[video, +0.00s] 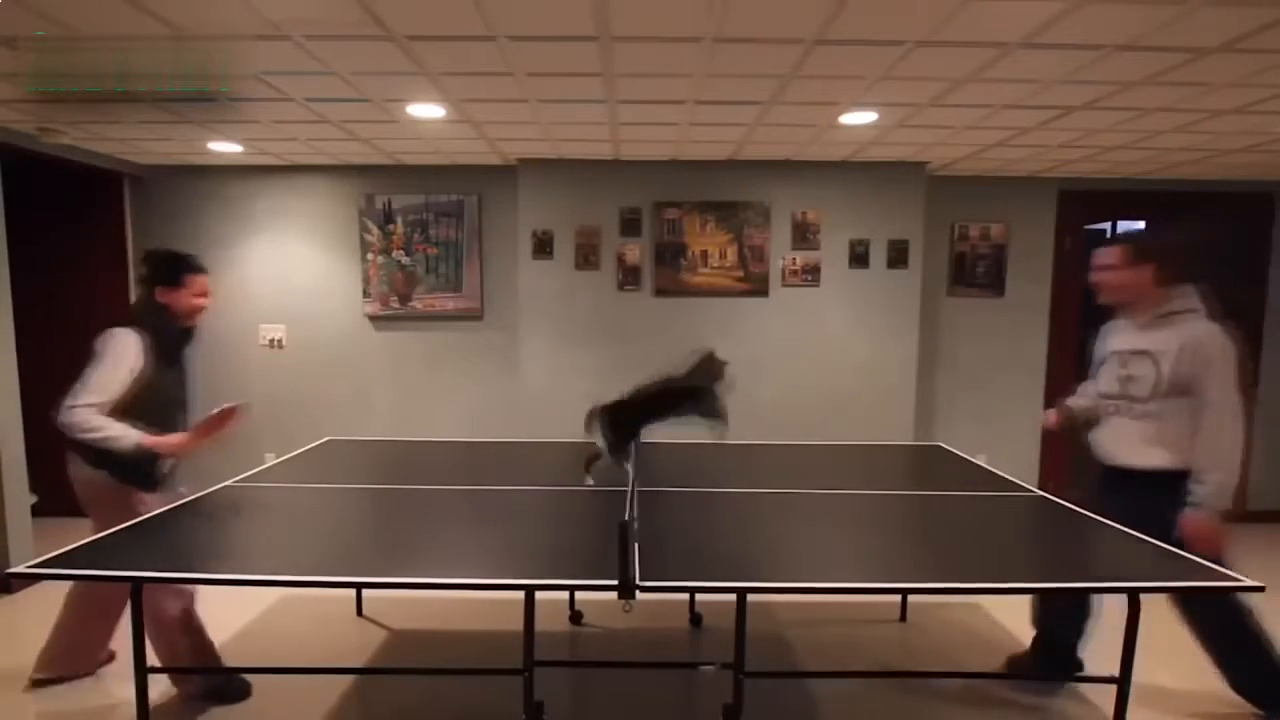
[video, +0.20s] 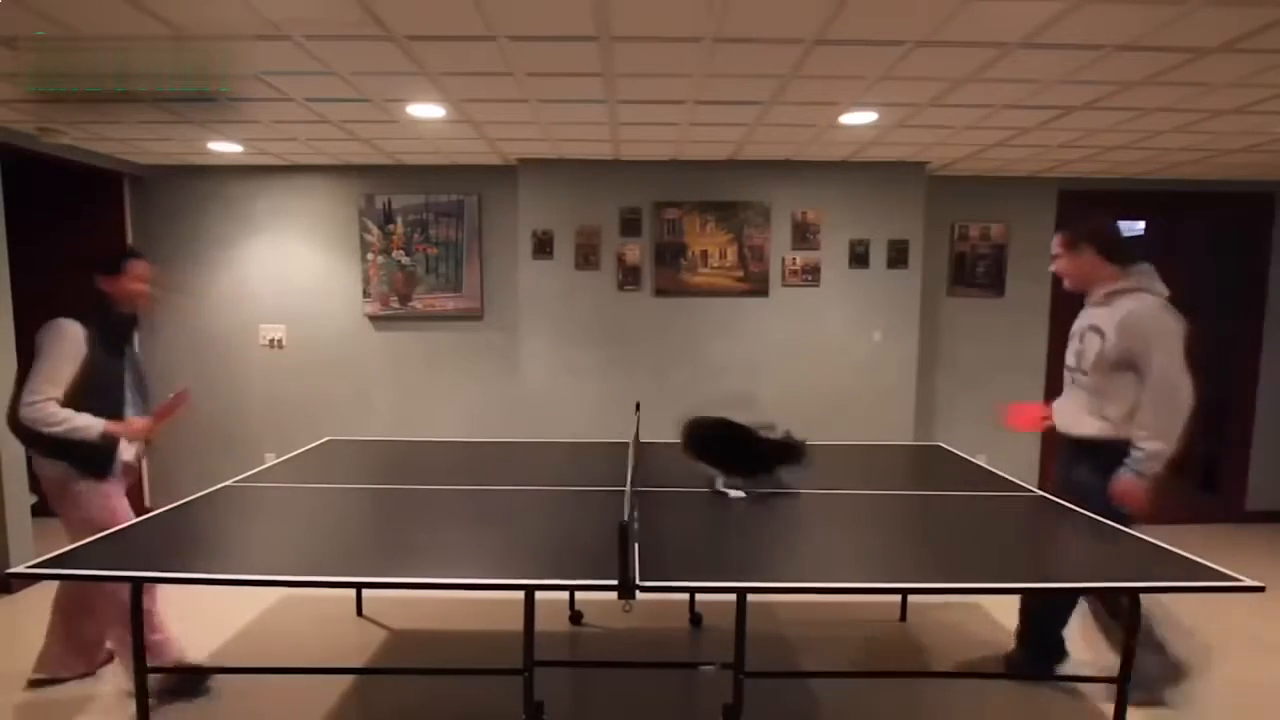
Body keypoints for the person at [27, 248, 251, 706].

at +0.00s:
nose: (205, 303)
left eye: (206, 293)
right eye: (197, 293)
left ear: (175, 296)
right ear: (165, 294)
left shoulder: (169, 345)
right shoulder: (128, 342)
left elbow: (153, 425)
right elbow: (75, 413)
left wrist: (198, 433)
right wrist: (149, 440)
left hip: (144, 472)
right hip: (107, 474)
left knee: (112, 564)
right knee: (163, 571)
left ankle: (66, 659)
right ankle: (200, 674)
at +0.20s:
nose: (143, 292)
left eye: (147, 284)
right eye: (135, 281)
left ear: (146, 291)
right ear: (107, 283)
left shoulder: (126, 342)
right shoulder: (69, 333)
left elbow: (126, 410)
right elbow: (33, 410)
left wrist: (151, 422)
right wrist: (115, 429)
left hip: (110, 468)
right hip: (71, 471)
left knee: (97, 560)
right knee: (129, 554)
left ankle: (65, 659)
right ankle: (161, 665)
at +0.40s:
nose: (156, 302)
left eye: (156, 292)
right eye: (149, 292)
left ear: (127, 294)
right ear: (118, 293)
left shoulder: (116, 342)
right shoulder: (76, 335)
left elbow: (105, 417)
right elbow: (38, 411)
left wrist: (119, 466)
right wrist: (116, 430)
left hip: (76, 469)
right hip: (50, 469)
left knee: (90, 560)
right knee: (112, 557)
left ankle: (57, 661)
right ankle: (94, 672)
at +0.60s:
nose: (193, 389)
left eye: (198, 382)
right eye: (194, 379)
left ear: (173, 364)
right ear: (174, 363)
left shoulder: (142, 395)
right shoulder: (115, 389)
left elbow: (87, 460)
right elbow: (52, 461)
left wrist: (98, 502)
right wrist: (95, 501)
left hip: (35, 488)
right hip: (13, 491)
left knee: (97, 557)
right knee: (106, 556)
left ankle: (57, 663)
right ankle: (94, 670)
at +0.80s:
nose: (198, 448)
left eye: (204, 442)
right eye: (202, 439)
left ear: (183, 418)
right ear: (187, 425)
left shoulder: (139, 429)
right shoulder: (133, 437)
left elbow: (77, 489)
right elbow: (55, 497)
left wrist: (99, 523)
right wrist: (96, 526)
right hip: (14, 523)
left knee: (107, 567)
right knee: (124, 563)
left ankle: (56, 664)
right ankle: (98, 671)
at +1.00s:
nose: (200, 494)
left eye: (205, 485)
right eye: (202, 483)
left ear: (180, 468)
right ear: (186, 473)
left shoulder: (135, 477)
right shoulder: (137, 490)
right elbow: (77, 551)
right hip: (20, 588)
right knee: (161, 580)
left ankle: (59, 663)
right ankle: (102, 671)